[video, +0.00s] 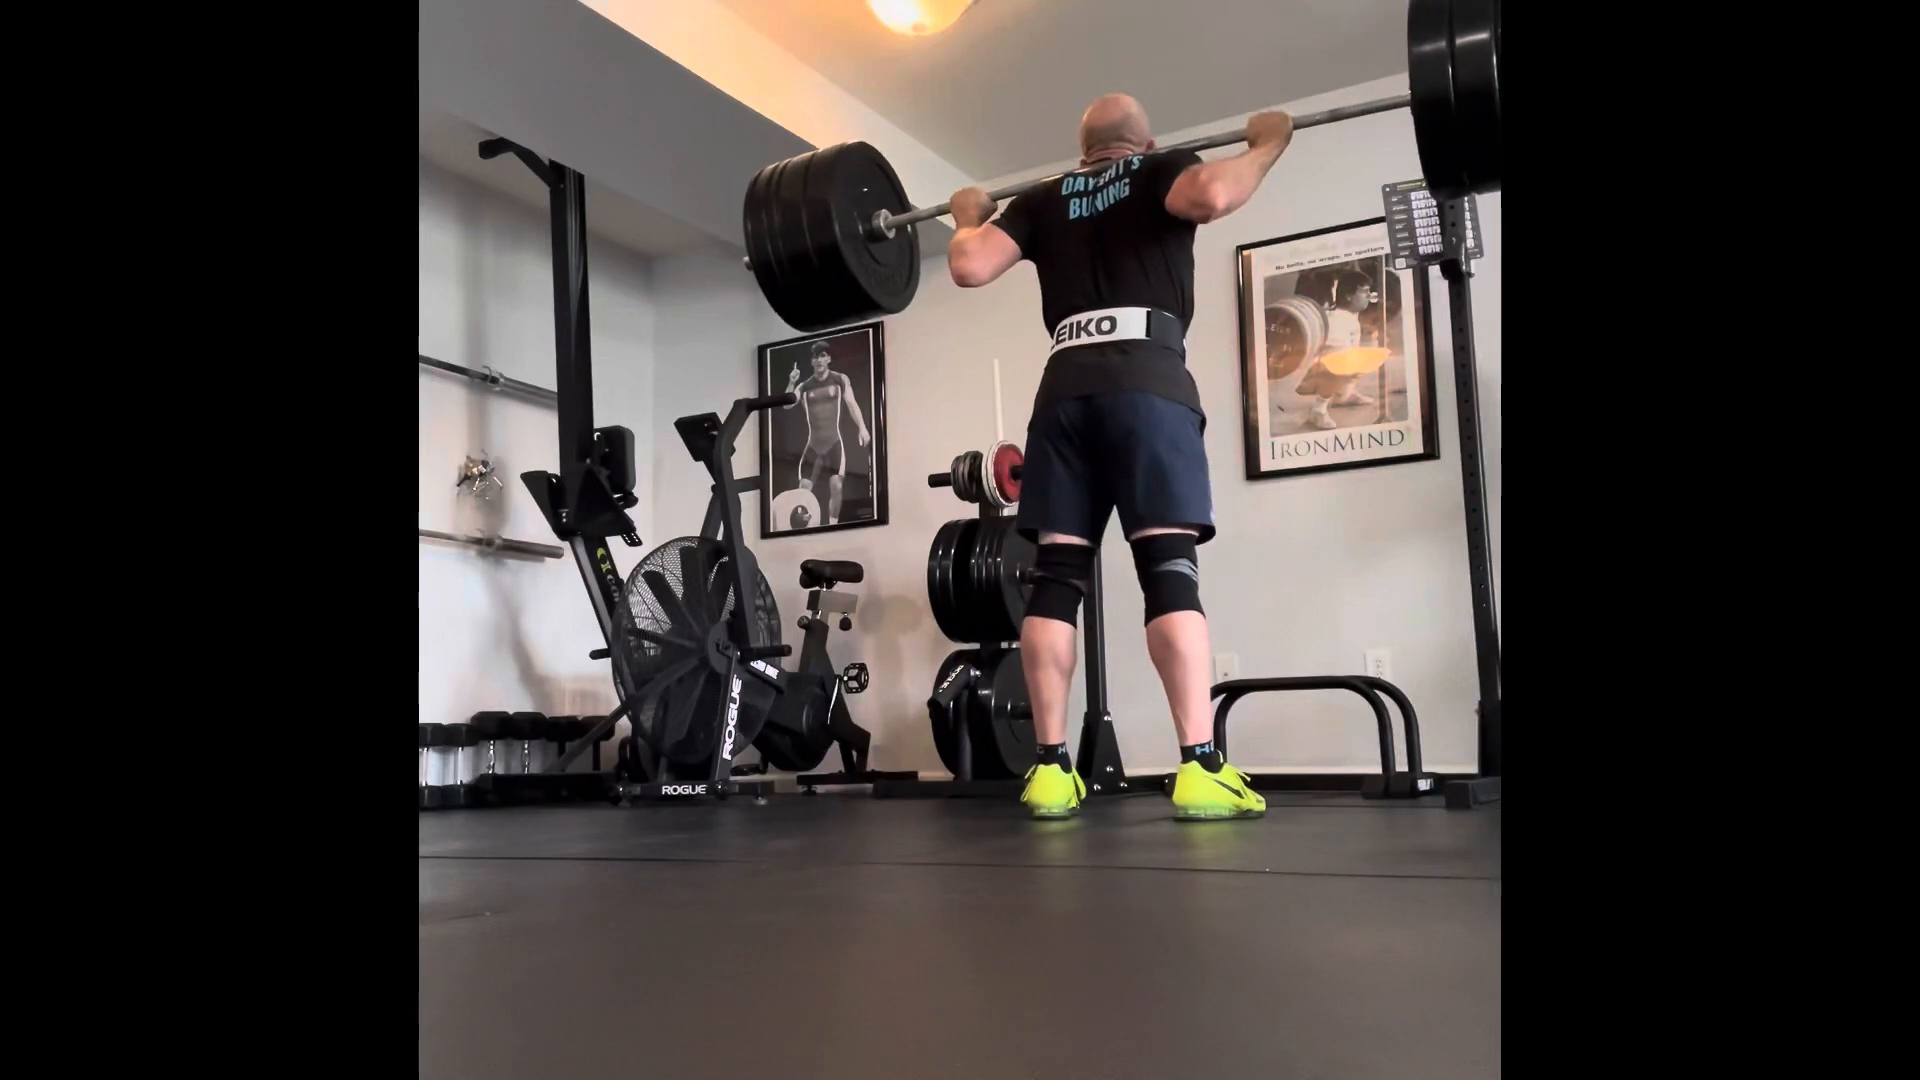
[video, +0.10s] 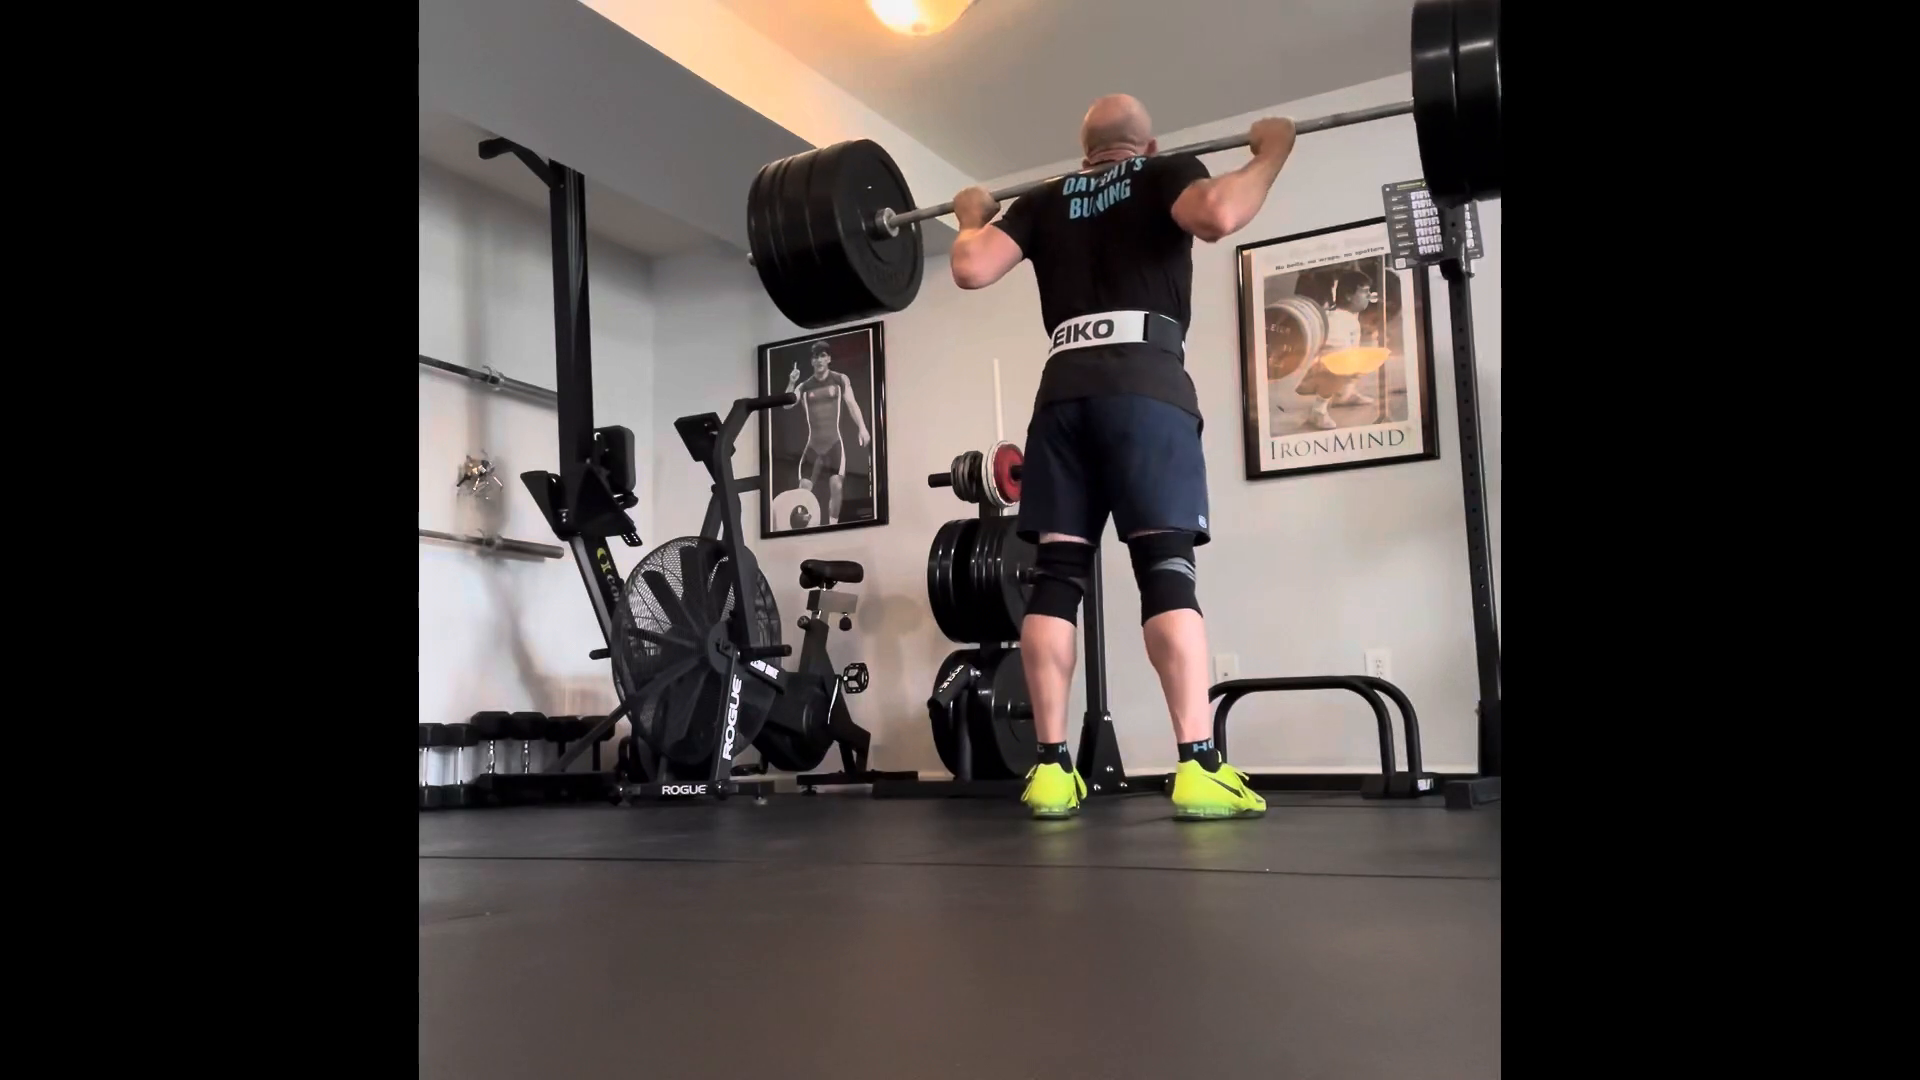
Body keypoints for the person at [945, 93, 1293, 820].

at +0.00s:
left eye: (1091, 137)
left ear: (1081, 150)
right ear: (1148, 142)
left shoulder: (1041, 201)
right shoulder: (1162, 166)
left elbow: (968, 265)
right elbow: (1215, 194)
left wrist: (967, 217)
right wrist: (1265, 146)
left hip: (1064, 388)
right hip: (1150, 384)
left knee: (1056, 576)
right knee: (1169, 571)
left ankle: (1051, 765)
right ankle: (1200, 764)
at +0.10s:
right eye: (1145, 138)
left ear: (1082, 150)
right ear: (1150, 144)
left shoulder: (1043, 202)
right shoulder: (1163, 171)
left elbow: (970, 266)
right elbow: (1219, 213)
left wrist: (970, 217)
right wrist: (1269, 155)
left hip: (1062, 391)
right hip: (1147, 386)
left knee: (1055, 576)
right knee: (1166, 573)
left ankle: (1052, 765)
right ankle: (1198, 763)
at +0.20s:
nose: (1144, 149)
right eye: (1150, 140)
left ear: (1083, 152)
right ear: (1151, 146)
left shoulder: (1045, 205)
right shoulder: (1164, 175)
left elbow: (974, 271)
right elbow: (1215, 219)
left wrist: (971, 219)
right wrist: (1270, 162)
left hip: (1069, 391)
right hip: (1155, 387)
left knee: (1057, 577)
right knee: (1168, 573)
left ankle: (1053, 765)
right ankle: (1197, 762)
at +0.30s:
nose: (1144, 152)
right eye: (1150, 144)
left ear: (1084, 154)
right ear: (1152, 148)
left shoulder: (1046, 207)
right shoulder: (1165, 179)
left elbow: (974, 271)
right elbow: (1215, 219)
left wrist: (973, 220)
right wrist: (1270, 163)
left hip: (1075, 392)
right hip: (1161, 387)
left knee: (1061, 577)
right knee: (1174, 572)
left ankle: (1052, 765)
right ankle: (1197, 762)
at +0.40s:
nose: (1152, 151)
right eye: (1155, 142)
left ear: (1088, 154)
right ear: (1155, 147)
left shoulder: (1047, 206)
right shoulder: (1166, 178)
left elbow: (975, 269)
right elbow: (1216, 218)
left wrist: (974, 218)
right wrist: (1271, 163)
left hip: (1075, 389)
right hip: (1161, 384)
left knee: (1060, 575)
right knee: (1173, 569)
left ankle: (1052, 765)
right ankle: (1198, 762)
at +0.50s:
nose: (1156, 149)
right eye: (1158, 141)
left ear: (1089, 152)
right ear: (1157, 146)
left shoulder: (1049, 203)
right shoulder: (1168, 175)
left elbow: (976, 267)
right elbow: (1219, 214)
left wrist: (976, 217)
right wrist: (1273, 161)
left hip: (1074, 386)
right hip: (1161, 382)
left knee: (1062, 576)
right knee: (1174, 572)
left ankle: (1052, 766)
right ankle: (1197, 763)